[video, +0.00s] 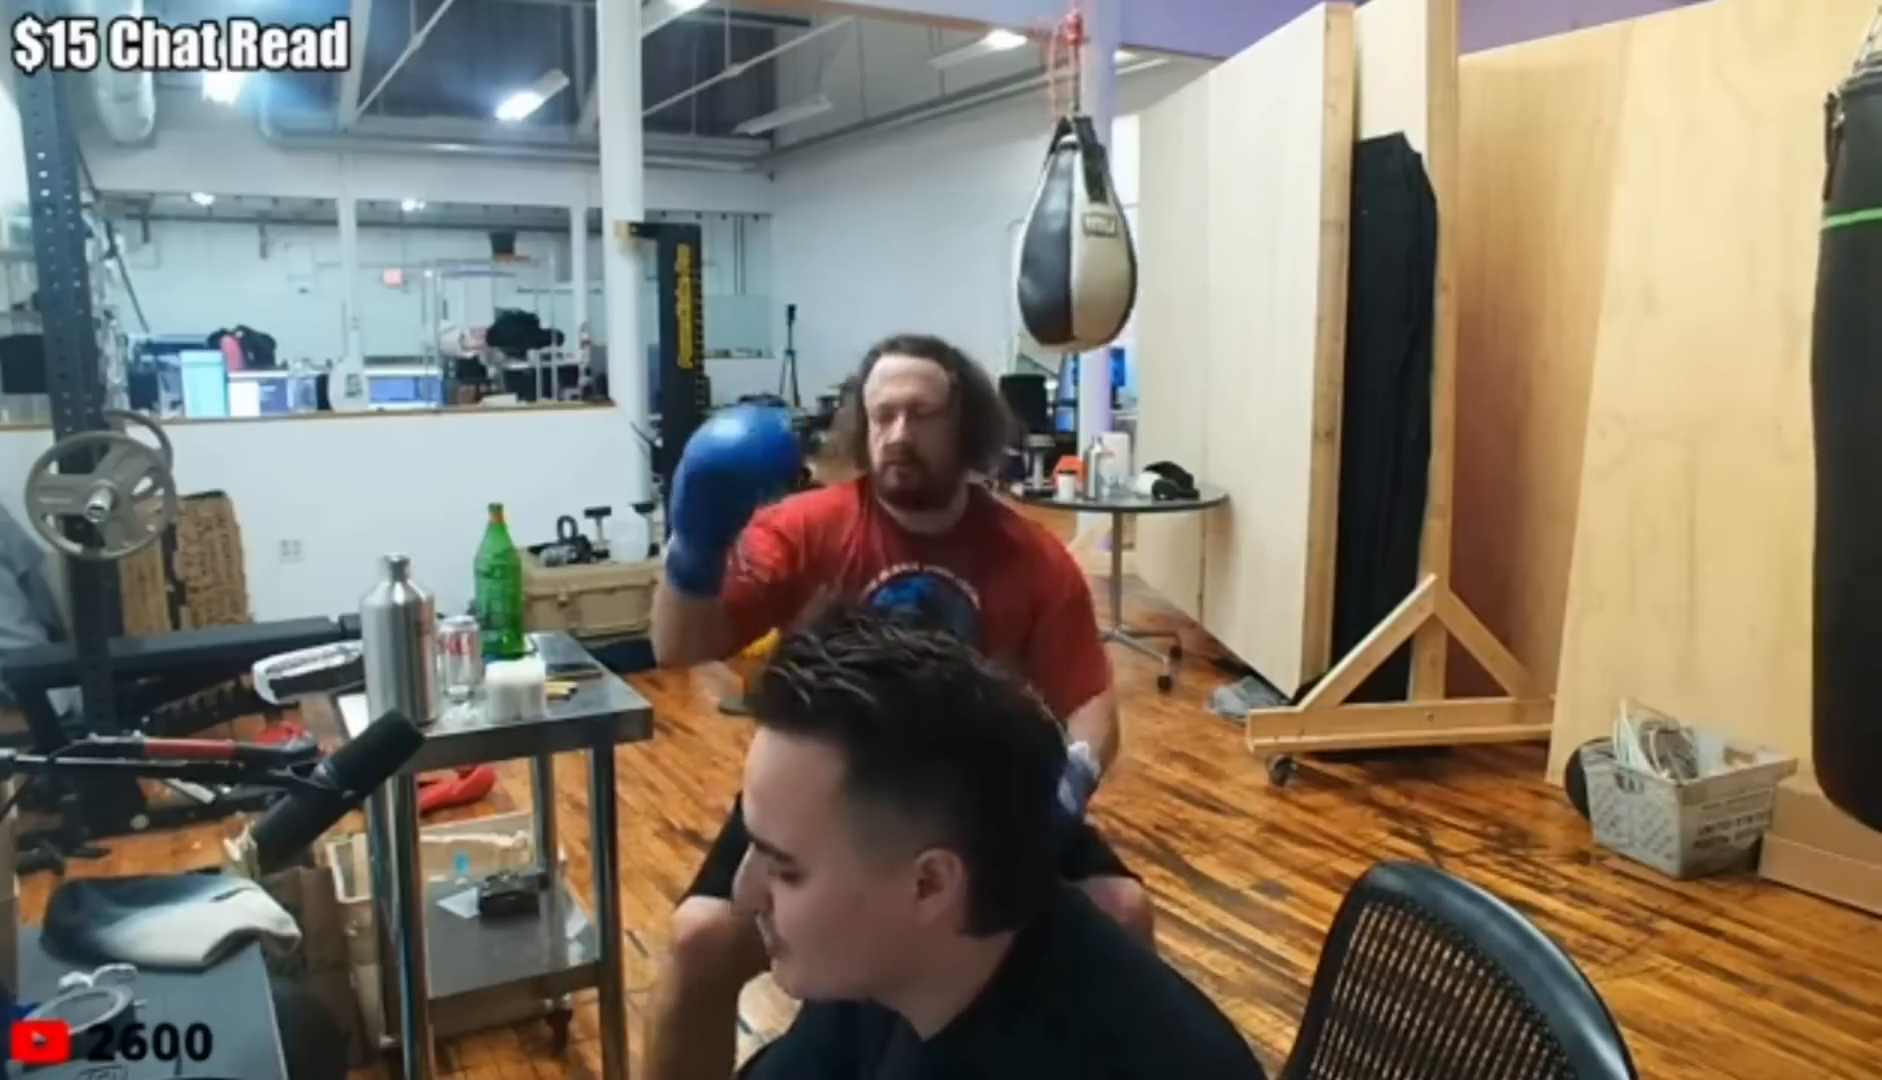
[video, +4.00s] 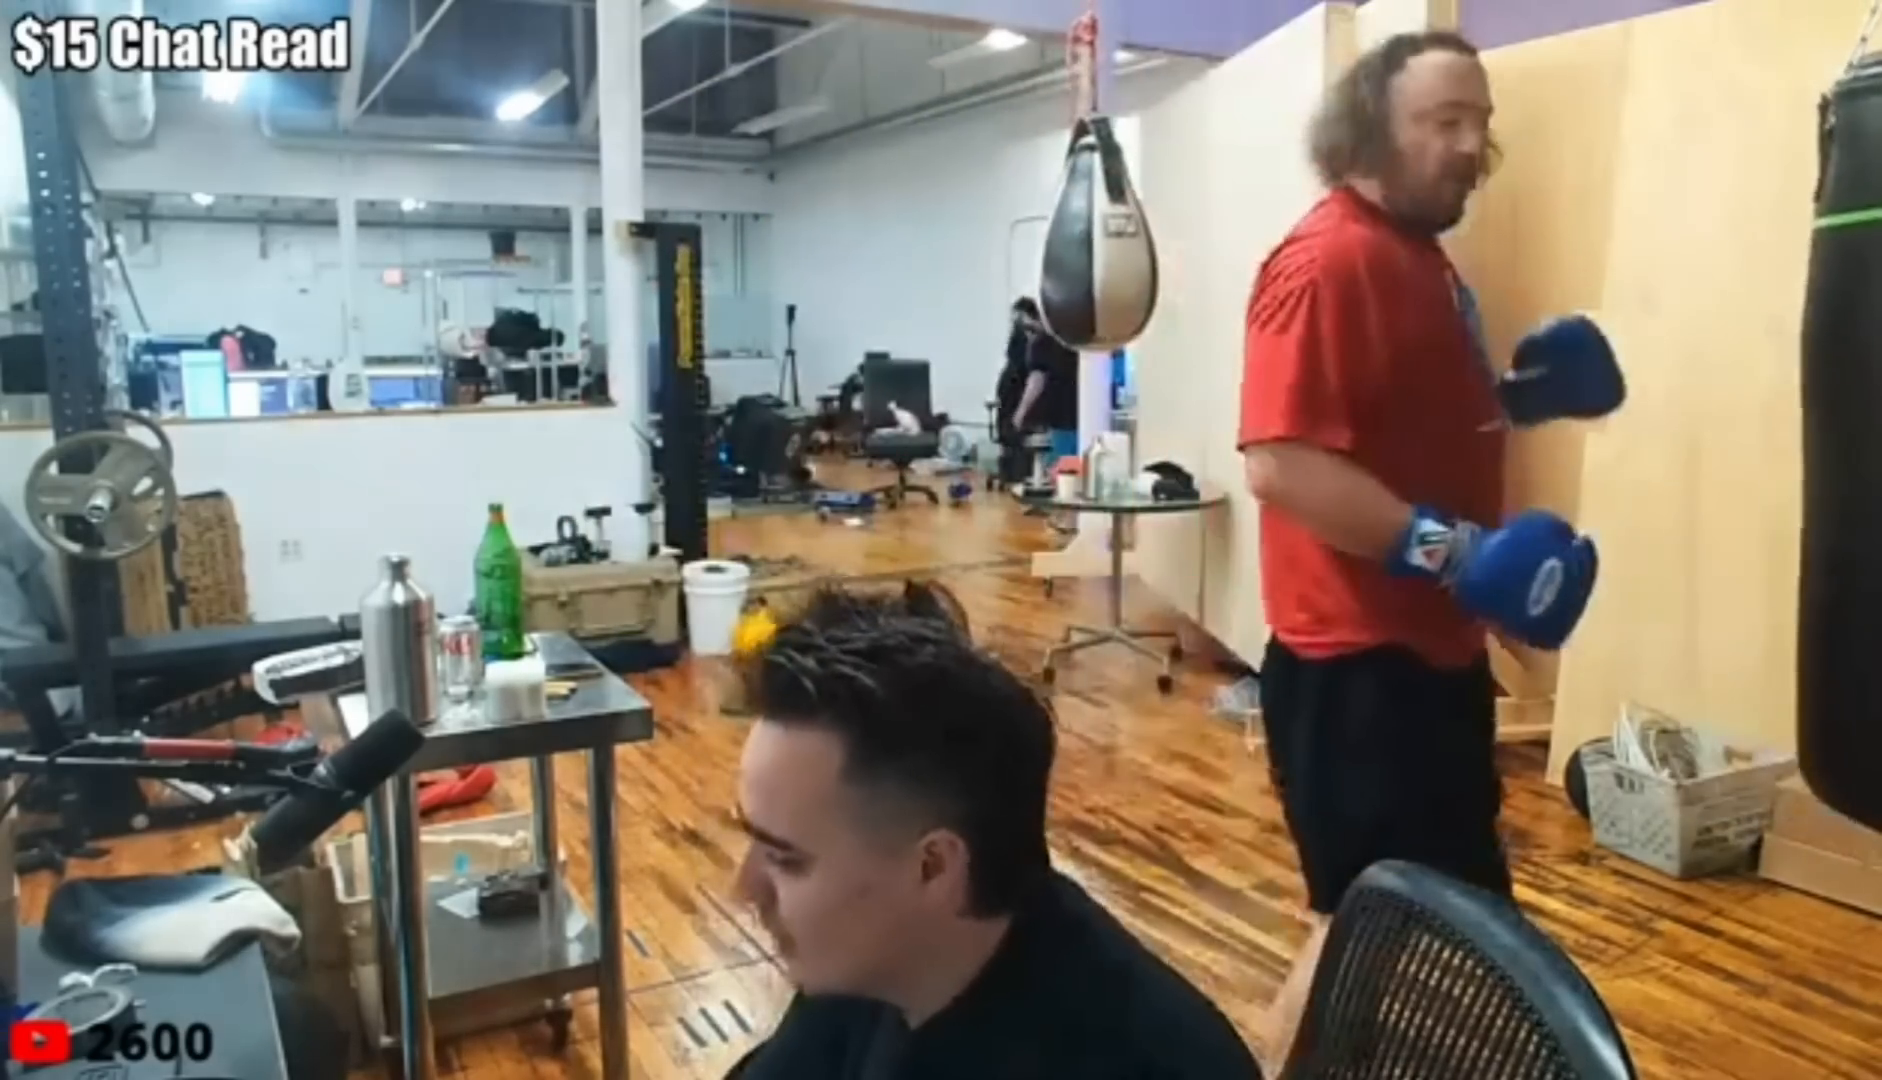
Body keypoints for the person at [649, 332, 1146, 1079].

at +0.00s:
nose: (897, 436)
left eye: (922, 415)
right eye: (881, 416)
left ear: (969, 428)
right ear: (863, 430)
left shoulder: (1033, 560)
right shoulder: (810, 526)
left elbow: (1087, 702)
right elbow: (681, 647)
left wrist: (1076, 770)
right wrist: (697, 538)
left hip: (982, 779)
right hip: (823, 772)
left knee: (1122, 912)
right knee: (701, 937)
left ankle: (1112, 1074)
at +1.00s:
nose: (824, 600)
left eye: (847, 571)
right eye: (799, 577)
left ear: (898, 550)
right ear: (763, 565)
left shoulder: (983, 576)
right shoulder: (720, 632)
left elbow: (1186, 635)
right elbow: (727, 811)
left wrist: (1097, 791)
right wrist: (848, 900)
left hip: (950, 805)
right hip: (781, 823)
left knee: (1115, 933)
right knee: (690, 975)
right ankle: (743, 1074)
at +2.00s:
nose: (900, 100)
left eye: (904, 79)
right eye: (869, 76)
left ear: (912, 100)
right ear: (779, 104)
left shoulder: (969, 264)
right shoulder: (688, 281)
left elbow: (1019, 439)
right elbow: (594, 461)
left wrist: (1051, 586)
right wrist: (657, 629)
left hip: (947, 686)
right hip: (757, 693)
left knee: (979, 944)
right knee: (753, 947)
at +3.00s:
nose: (1247, 147)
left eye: (1247, 123)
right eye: (1234, 118)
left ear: (1158, 118)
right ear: (1165, 112)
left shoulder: (1132, 236)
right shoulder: (1090, 232)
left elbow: (1143, 414)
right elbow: (1047, 436)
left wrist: (1266, 382)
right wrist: (1213, 534)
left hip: (1122, 628)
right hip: (1099, 638)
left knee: (1064, 900)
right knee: (1190, 893)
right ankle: (1163, 1069)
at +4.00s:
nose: (1476, 144)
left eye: (1482, 123)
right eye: (1449, 121)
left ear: (1480, 133)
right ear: (1369, 133)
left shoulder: (1422, 262)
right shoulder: (1325, 260)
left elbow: (1409, 419)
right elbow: (1283, 463)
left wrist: (1515, 396)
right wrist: (1453, 552)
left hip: (1434, 662)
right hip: (1356, 674)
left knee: (1461, 935)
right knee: (1395, 945)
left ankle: (1456, 1065)